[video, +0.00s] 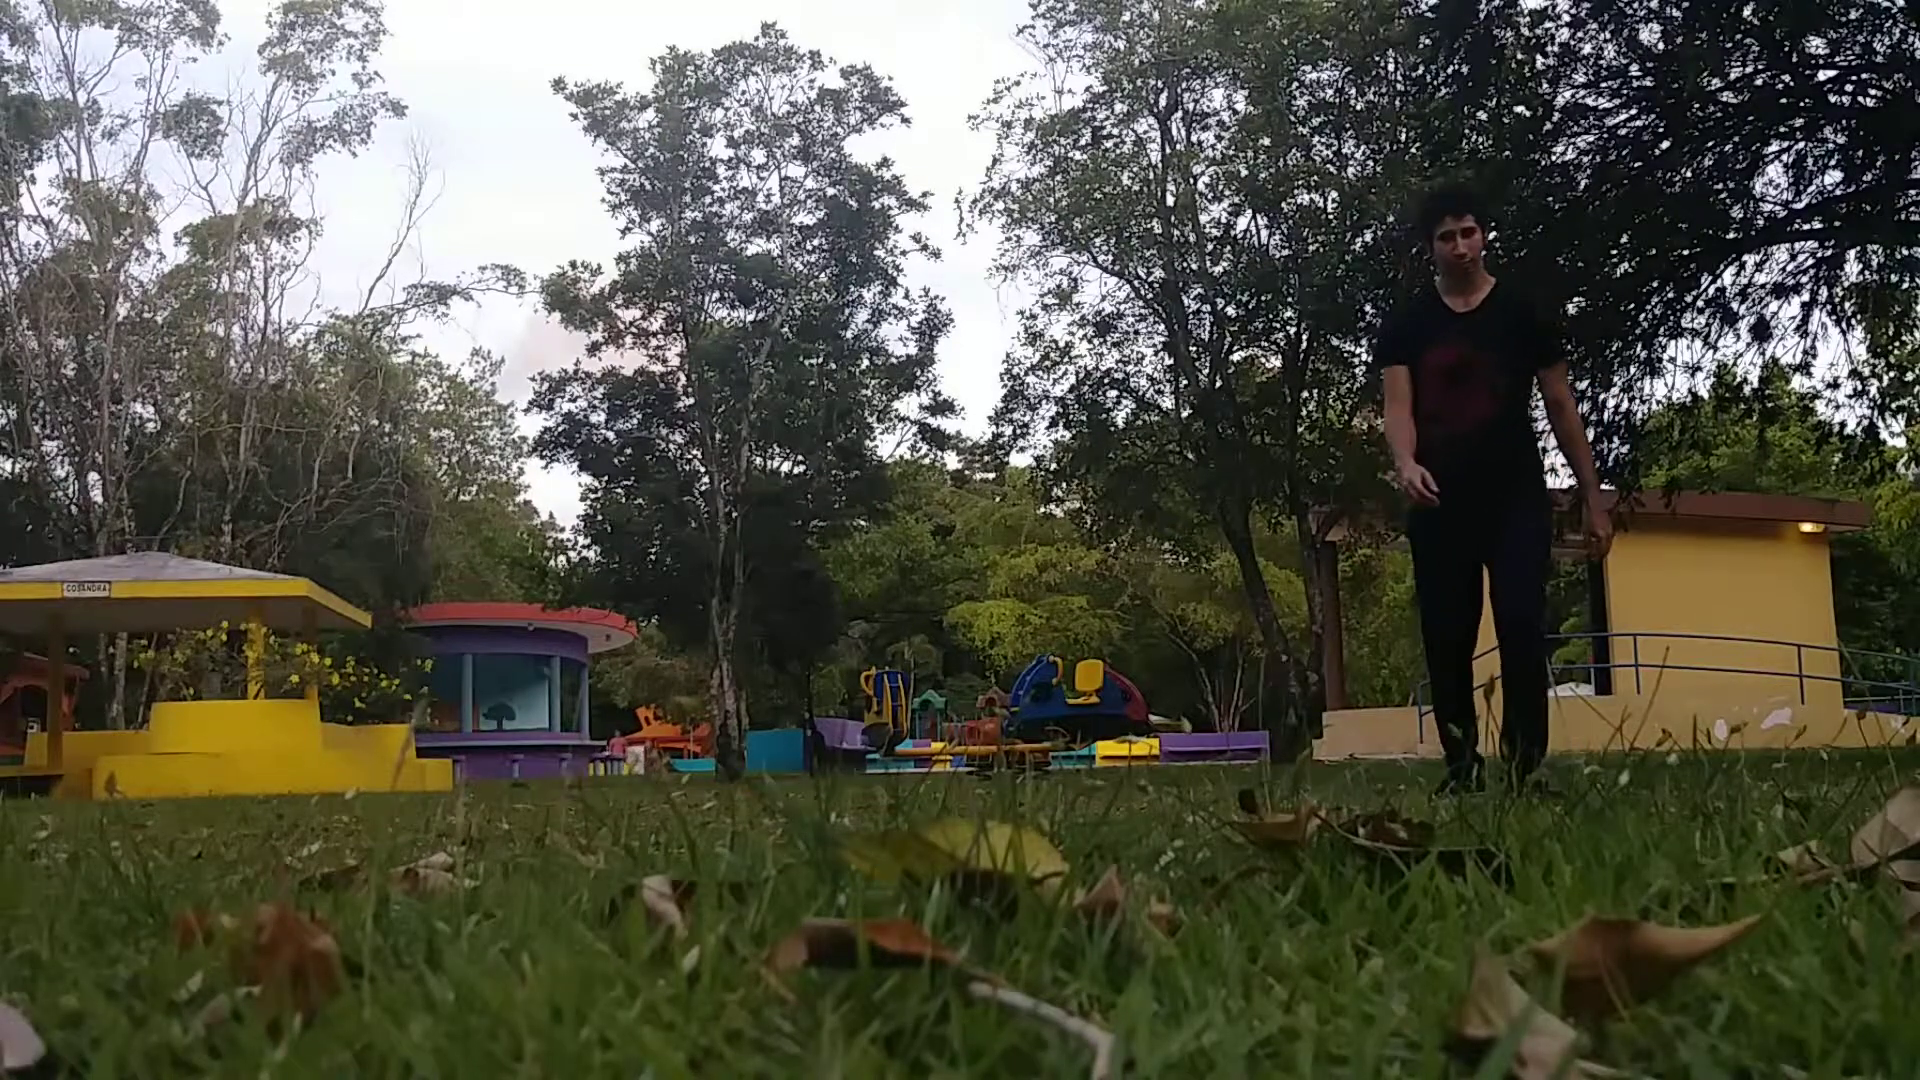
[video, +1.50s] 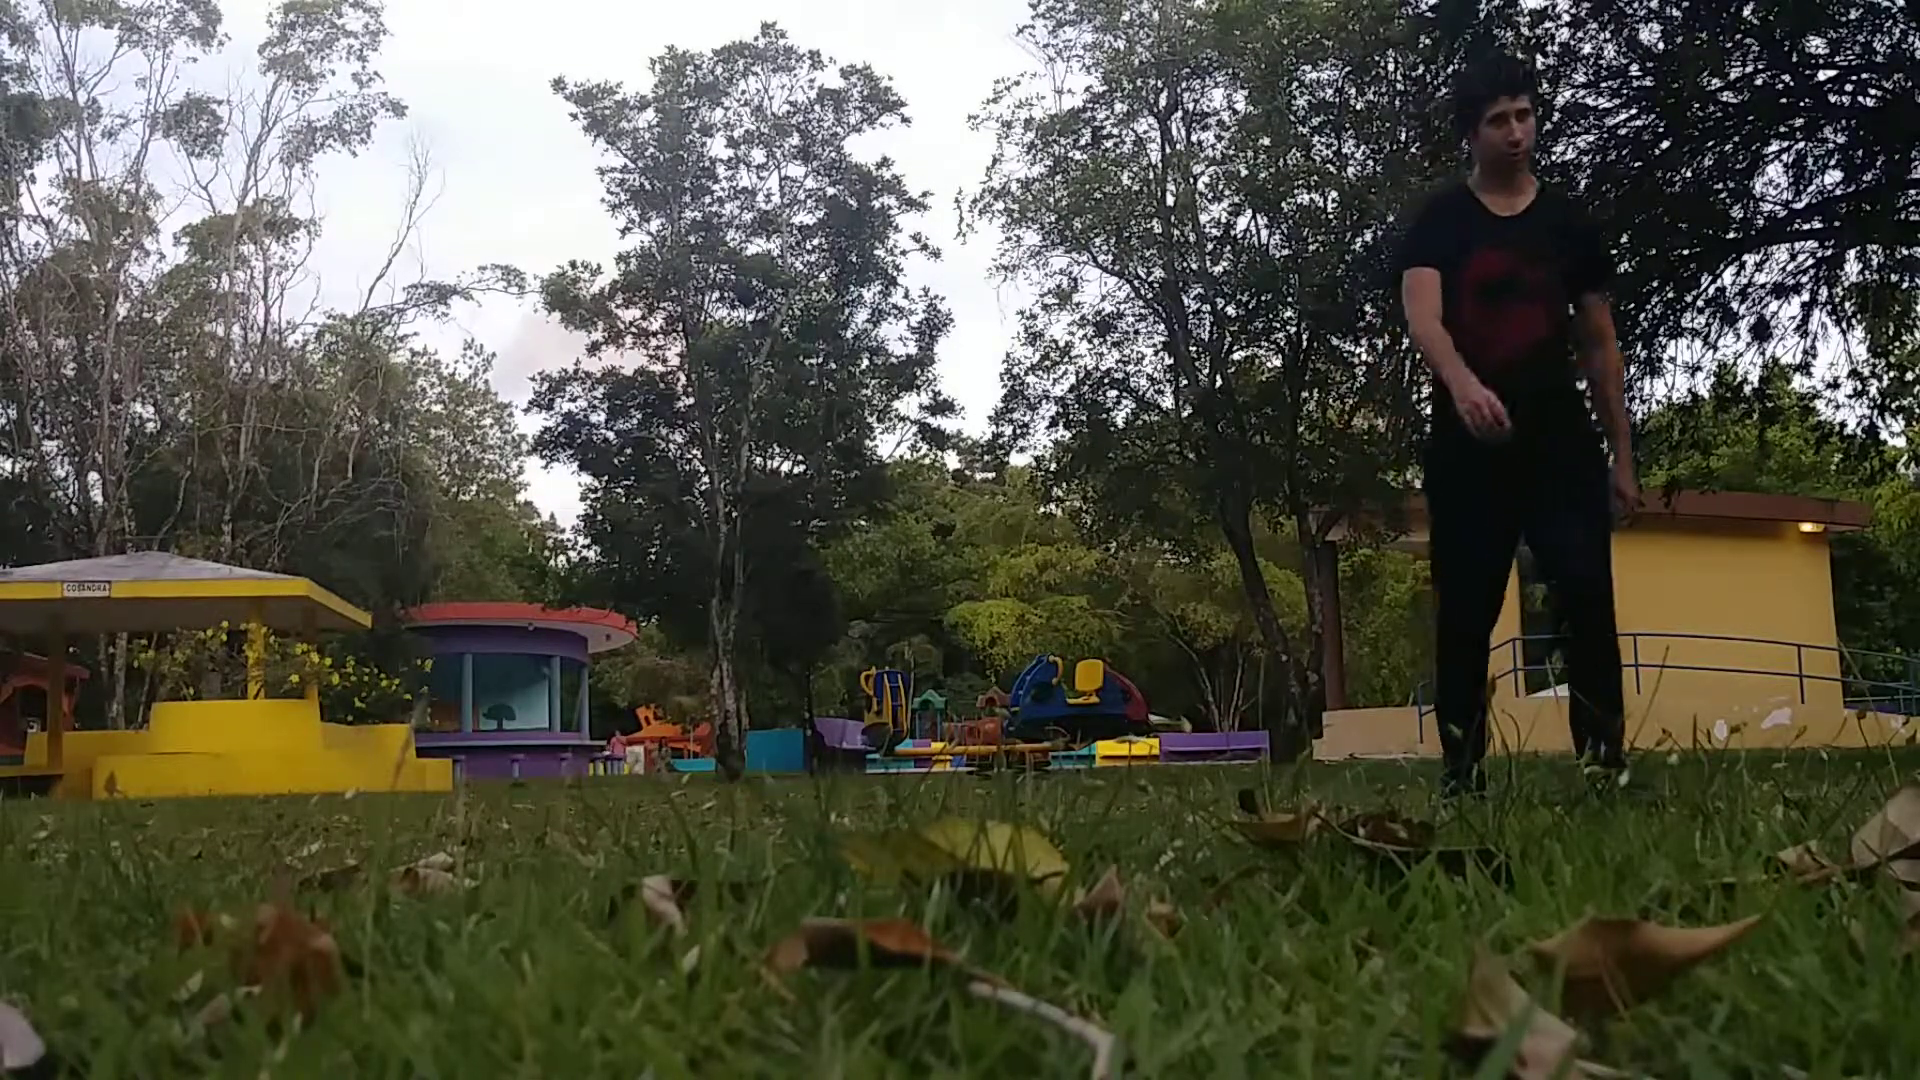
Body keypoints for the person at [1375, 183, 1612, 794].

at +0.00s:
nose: (1462, 244)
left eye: (1469, 233)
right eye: (1449, 237)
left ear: (1484, 237)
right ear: (1430, 247)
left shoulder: (1524, 311)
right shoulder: (1406, 323)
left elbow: (1563, 407)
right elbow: (1397, 405)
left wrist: (1592, 495)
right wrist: (1405, 462)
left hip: (1515, 497)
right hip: (1439, 501)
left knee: (1523, 633)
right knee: (1446, 639)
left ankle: (1525, 767)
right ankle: (1460, 767)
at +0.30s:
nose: (1483, 228)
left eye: (1492, 217)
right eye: (1471, 218)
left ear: (1509, 219)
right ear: (1454, 224)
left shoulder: (1546, 296)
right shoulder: (1424, 296)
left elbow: (1573, 392)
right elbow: (1402, 395)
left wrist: (1575, 479)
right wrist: (1381, 483)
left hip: (1525, 488)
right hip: (1448, 490)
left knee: (1532, 633)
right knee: (1443, 625)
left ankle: (1525, 764)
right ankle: (1452, 754)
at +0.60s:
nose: (1469, 217)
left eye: (1480, 205)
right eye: (1457, 208)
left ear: (1500, 210)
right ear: (1443, 218)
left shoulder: (1543, 286)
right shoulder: (1419, 296)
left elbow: (1574, 382)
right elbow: (1395, 391)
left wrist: (1545, 469)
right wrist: (1371, 482)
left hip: (1531, 485)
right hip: (1453, 490)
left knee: (1536, 635)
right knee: (1450, 630)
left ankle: (1526, 769)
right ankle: (1453, 766)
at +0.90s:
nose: (1443, 183)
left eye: (1452, 169)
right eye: (1429, 174)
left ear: (1471, 170)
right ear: (1409, 183)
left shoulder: (1522, 250)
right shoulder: (1391, 267)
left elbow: (1561, 357)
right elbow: (1363, 377)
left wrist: (1584, 460)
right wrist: (1341, 478)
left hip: (1523, 464)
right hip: (1441, 472)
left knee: (1546, 618)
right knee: (1452, 620)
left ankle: (1526, 742)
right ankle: (1461, 767)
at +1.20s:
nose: (1462, 150)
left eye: (1469, 136)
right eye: (1446, 142)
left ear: (1483, 140)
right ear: (1418, 153)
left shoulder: (1525, 228)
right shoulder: (1391, 242)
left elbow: (1560, 337)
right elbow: (1373, 320)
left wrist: (1586, 435)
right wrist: (1375, 387)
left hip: (1529, 446)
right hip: (1442, 454)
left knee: (1569, 592)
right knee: (1445, 616)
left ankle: (1559, 761)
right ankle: (1460, 769)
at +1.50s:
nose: (1517, 131)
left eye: (1525, 117)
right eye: (1500, 120)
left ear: (1536, 124)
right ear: (1468, 133)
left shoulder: (1570, 223)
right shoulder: (1438, 218)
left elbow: (1601, 343)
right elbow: (1421, 318)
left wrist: (1621, 453)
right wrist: (1461, 381)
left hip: (1560, 437)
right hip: (1470, 442)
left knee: (1588, 600)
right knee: (1465, 613)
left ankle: (1604, 765)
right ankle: (1463, 772)